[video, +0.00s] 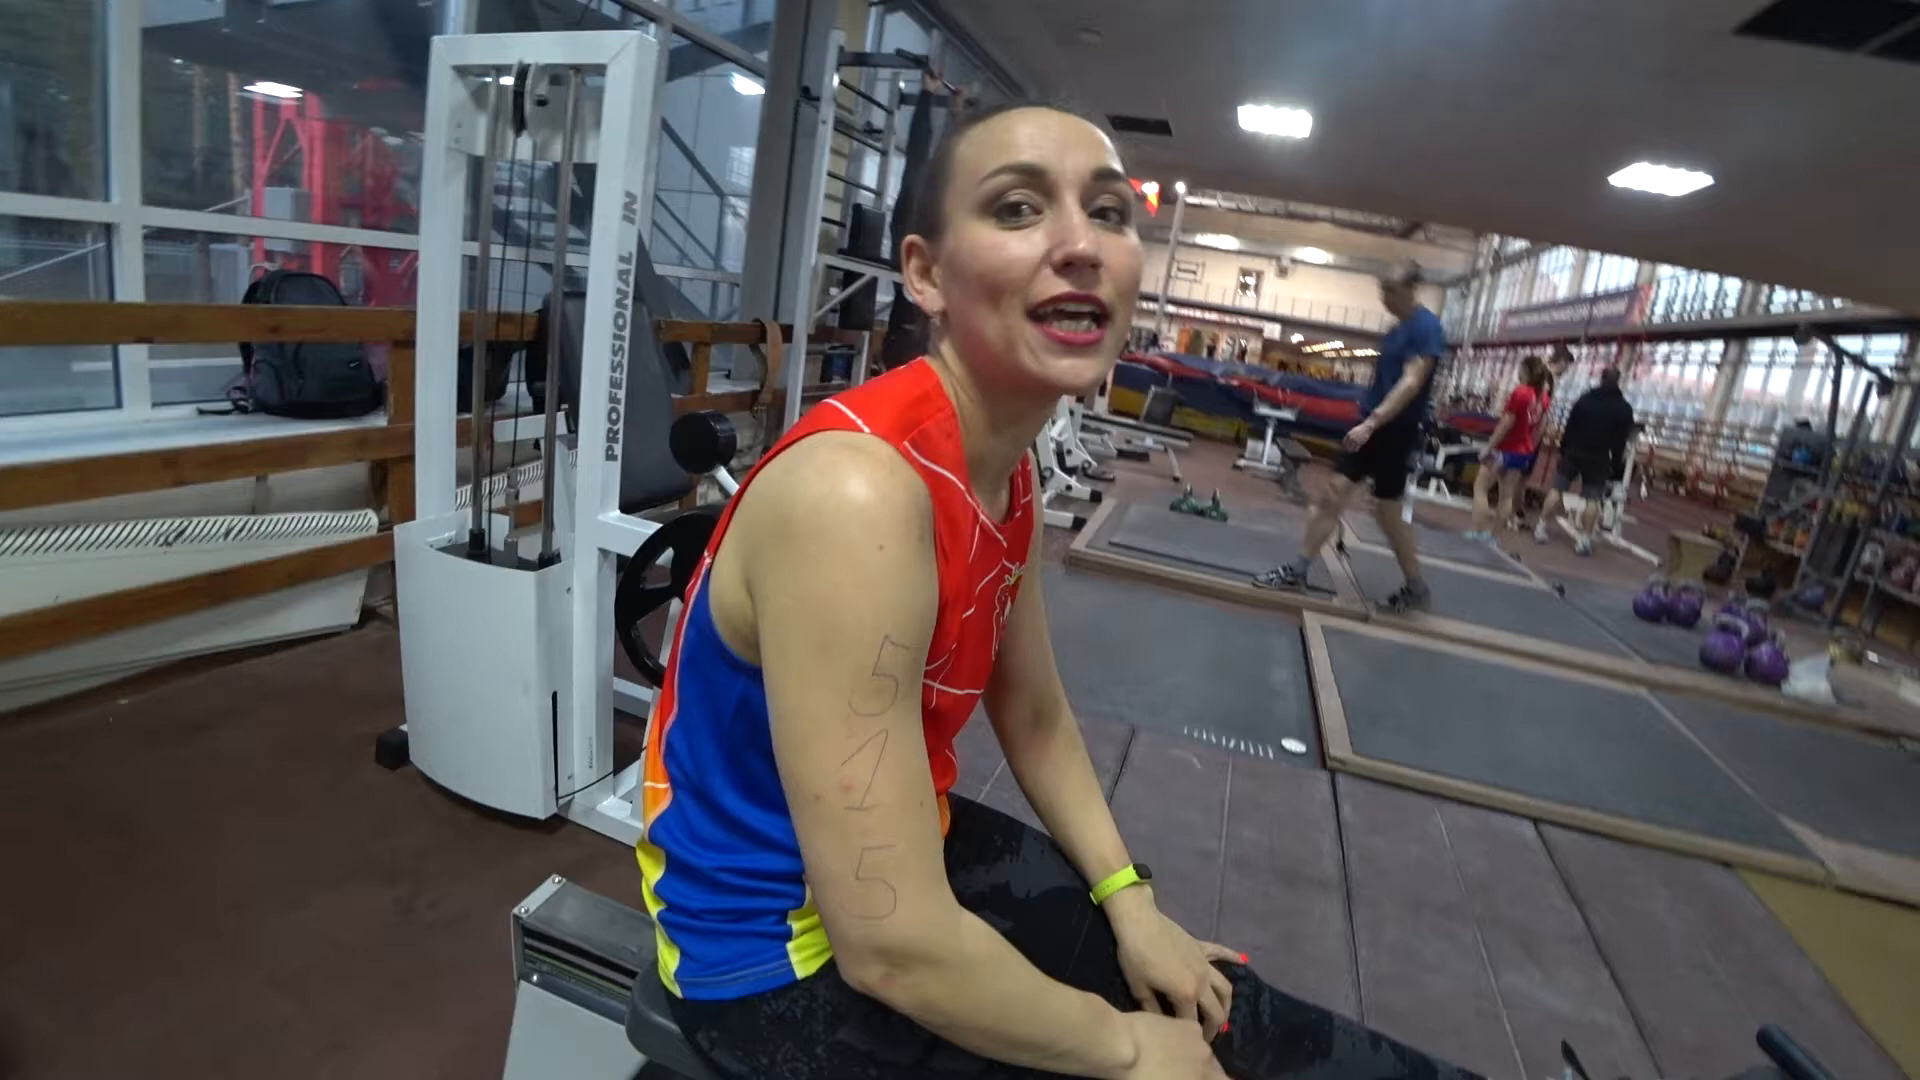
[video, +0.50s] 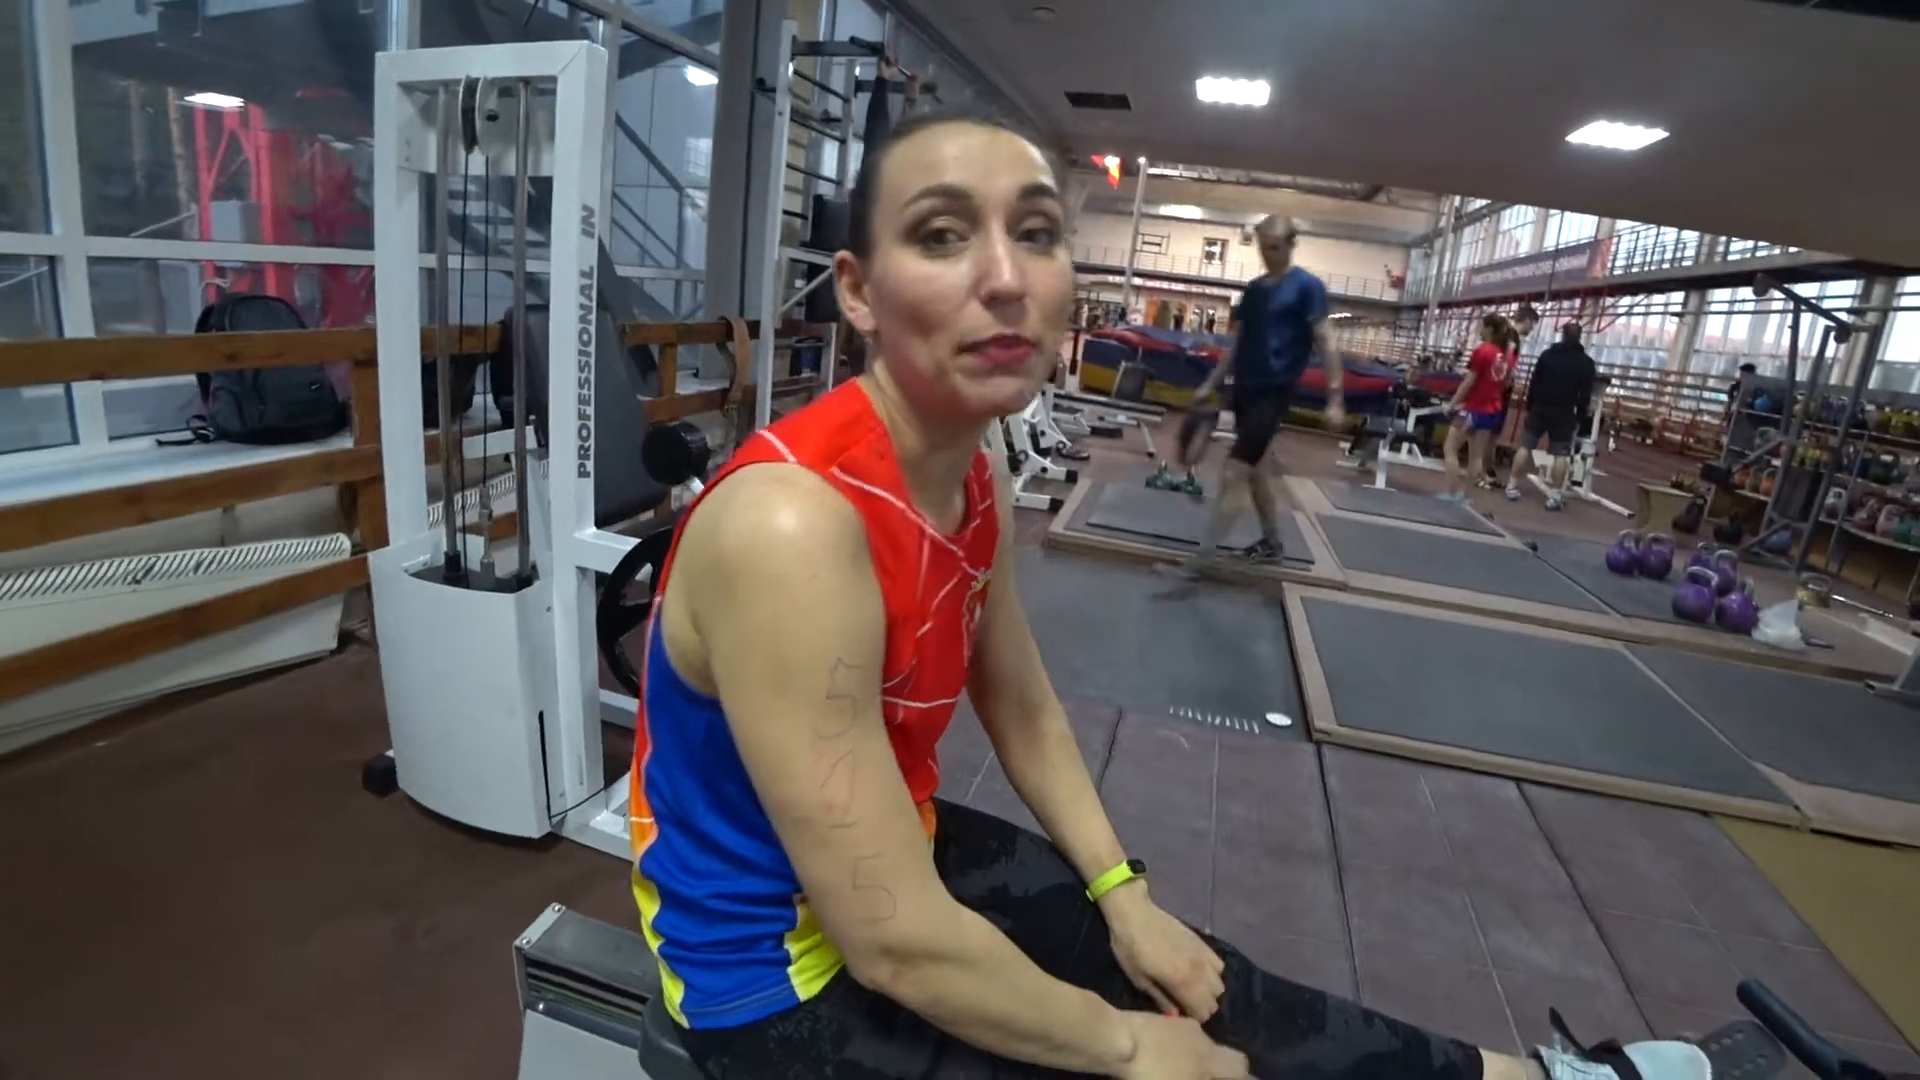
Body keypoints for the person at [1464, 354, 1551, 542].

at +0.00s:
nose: (1519, 373)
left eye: (1522, 370)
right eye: (1520, 369)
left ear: (1527, 372)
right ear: (1539, 373)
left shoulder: (1520, 393)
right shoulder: (1542, 397)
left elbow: (1507, 421)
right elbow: (1540, 427)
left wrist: (1489, 446)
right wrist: (1531, 446)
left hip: (1506, 449)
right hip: (1523, 452)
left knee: (1480, 486)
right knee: (1507, 496)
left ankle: (1477, 529)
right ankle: (1493, 535)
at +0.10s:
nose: (1515, 362)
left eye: (1517, 358)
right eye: (1516, 358)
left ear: (1522, 361)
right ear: (1534, 363)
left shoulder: (1515, 383)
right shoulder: (1537, 387)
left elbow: (1502, 411)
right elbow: (1535, 416)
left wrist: (1485, 436)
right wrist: (1527, 435)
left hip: (1502, 439)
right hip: (1519, 442)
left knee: (1477, 476)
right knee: (1503, 486)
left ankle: (1474, 520)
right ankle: (1491, 526)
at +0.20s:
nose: (1507, 349)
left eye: (1509, 346)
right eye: (1508, 346)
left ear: (1514, 348)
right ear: (1528, 350)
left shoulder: (1506, 370)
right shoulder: (1531, 374)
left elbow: (1494, 398)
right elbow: (1529, 404)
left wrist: (1478, 423)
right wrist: (1521, 422)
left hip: (1495, 426)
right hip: (1514, 428)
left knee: (1471, 463)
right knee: (1498, 474)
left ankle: (1470, 508)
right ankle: (1487, 514)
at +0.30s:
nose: (1500, 340)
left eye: (1502, 336)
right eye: (1501, 336)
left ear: (1507, 338)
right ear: (1521, 340)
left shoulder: (1499, 360)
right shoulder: (1527, 365)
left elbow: (1486, 387)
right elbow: (1525, 393)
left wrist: (1471, 412)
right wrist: (1516, 411)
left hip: (1487, 417)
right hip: (1507, 419)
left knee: (1465, 455)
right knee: (1493, 464)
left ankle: (1464, 499)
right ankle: (1482, 504)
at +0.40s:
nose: (1491, 334)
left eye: (1493, 331)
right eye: (1492, 331)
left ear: (1498, 333)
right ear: (1512, 334)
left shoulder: (1490, 354)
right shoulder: (1518, 358)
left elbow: (1477, 382)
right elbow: (1515, 386)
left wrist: (1462, 406)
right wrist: (1506, 402)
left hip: (1480, 411)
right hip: (1499, 413)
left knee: (1457, 450)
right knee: (1485, 459)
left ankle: (1457, 494)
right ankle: (1474, 499)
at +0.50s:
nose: (1479, 331)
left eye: (1482, 327)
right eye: (1481, 327)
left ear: (1489, 329)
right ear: (1498, 331)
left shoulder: (1482, 351)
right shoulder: (1504, 353)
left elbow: (1469, 380)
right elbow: (1505, 382)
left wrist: (1453, 402)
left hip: (1472, 408)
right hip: (1491, 409)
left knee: (1450, 446)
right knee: (1476, 455)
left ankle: (1452, 491)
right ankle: (1466, 494)